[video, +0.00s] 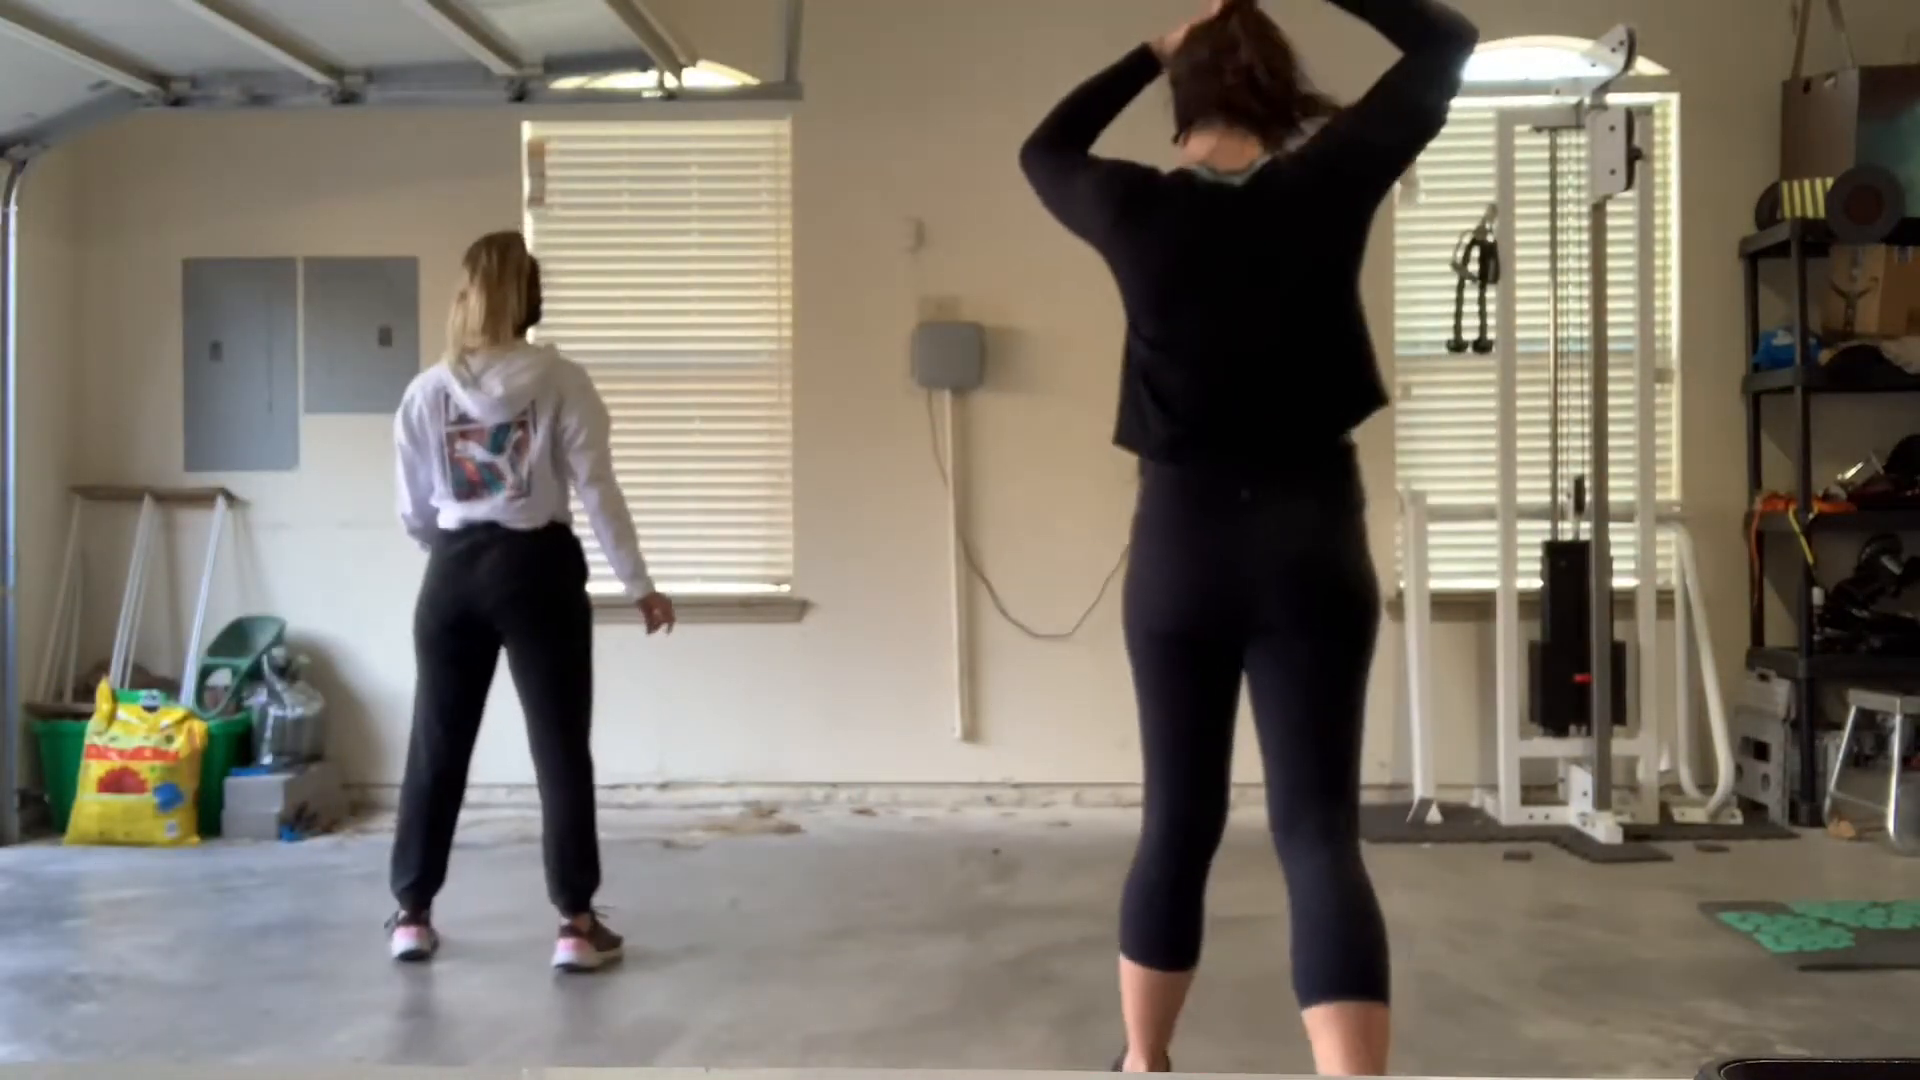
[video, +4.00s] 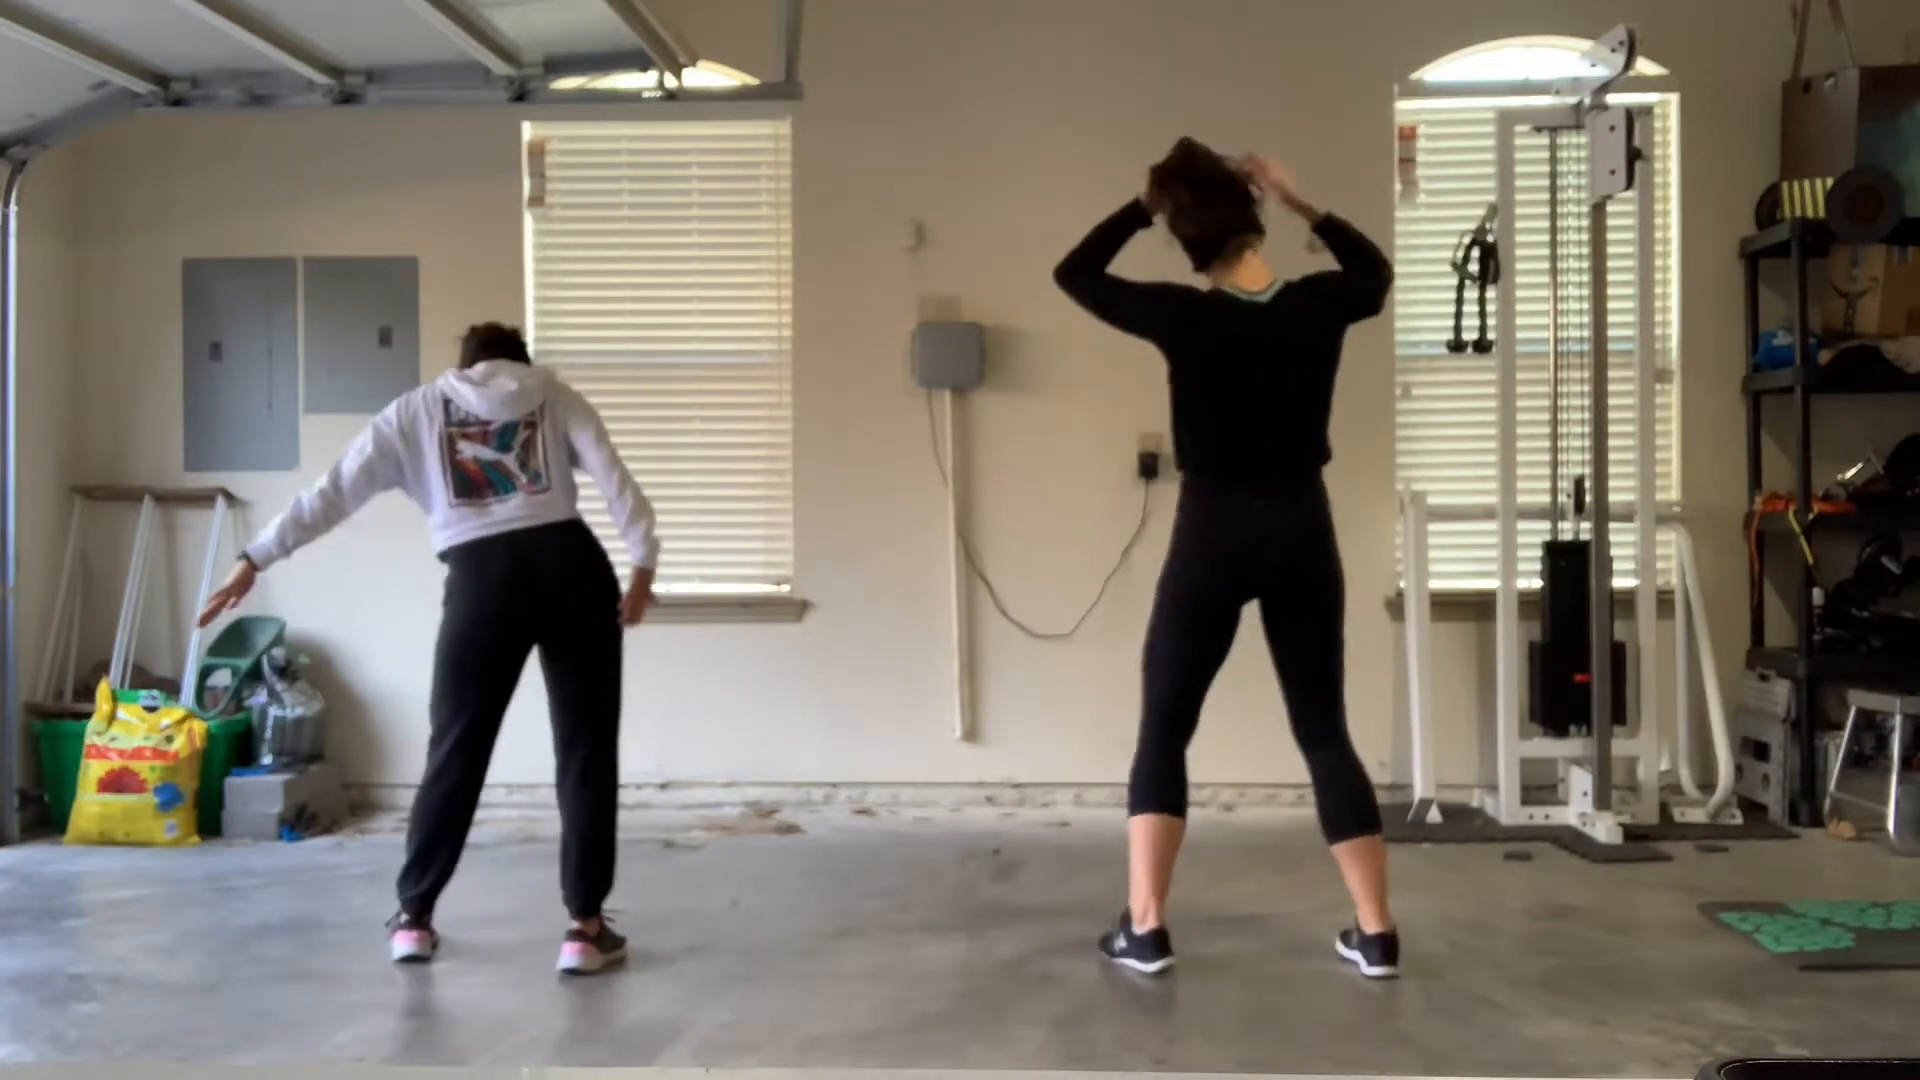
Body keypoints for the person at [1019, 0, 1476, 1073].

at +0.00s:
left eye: (1188, 104)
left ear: (1176, 107)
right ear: (1288, 98)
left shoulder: (1139, 211)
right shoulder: (1332, 188)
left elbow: (1047, 151)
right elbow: (1446, 41)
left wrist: (1148, 53)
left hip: (1180, 551)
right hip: (1314, 547)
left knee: (1176, 822)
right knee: (1320, 829)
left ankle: (1141, 1064)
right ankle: (1354, 1073)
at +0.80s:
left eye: (1197, 177)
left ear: (1195, 181)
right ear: (1278, 165)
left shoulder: (1173, 259)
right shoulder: (1336, 235)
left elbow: (1084, 216)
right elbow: (1470, 151)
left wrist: (1157, 139)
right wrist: (1495, 45)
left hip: (1217, 552)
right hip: (1331, 548)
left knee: (1194, 784)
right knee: (1323, 778)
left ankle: (1150, 1014)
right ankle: (1337, 999)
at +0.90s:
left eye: (1205, 182)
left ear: (1198, 191)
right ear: (1283, 171)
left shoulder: (1189, 270)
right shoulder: (1355, 244)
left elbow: (1101, 229)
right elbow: (1492, 228)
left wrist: (1163, 148)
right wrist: (1519, 160)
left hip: (1240, 555)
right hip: (1351, 551)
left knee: (1204, 768)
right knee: (1336, 773)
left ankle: (1177, 967)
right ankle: (1337, 997)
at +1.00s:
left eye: (1224, 191)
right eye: (1277, 178)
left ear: (1209, 195)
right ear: (1291, 175)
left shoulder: (1203, 271)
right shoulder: (1367, 251)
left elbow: (1111, 234)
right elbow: (1491, 290)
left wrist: (1167, 150)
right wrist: (1499, 264)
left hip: (1253, 548)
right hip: (1362, 543)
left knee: (1214, 759)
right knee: (1339, 766)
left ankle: (1202, 958)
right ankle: (1338, 994)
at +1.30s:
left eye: (1232, 205)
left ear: (1219, 205)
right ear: (1298, 187)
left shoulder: (1209, 277)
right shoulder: (1363, 265)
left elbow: (1116, 236)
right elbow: (1456, 364)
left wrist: (1188, 156)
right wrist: (1366, 396)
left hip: (1250, 541)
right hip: (1355, 540)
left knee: (1218, 743)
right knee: (1332, 756)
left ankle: (1166, 939)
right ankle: (1335, 992)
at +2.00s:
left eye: (1148, 216)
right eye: (1191, 213)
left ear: (1132, 222)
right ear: (1209, 218)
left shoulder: (1112, 293)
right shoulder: (1244, 291)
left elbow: (1058, 237)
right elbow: (1325, 322)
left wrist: (1122, 172)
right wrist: (1268, 239)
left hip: (1127, 537)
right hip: (1222, 536)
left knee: (1157, 727)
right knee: (1250, 722)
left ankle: (1158, 934)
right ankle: (1247, 912)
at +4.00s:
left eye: (1178, 229)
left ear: (1181, 241)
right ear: (1257, 224)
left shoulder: (1184, 319)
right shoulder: (1318, 305)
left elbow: (1076, 273)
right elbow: (1374, 274)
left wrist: (1142, 207)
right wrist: (1305, 207)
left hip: (1210, 545)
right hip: (1303, 543)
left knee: (1165, 729)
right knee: (1325, 731)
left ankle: (1145, 928)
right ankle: (1377, 931)